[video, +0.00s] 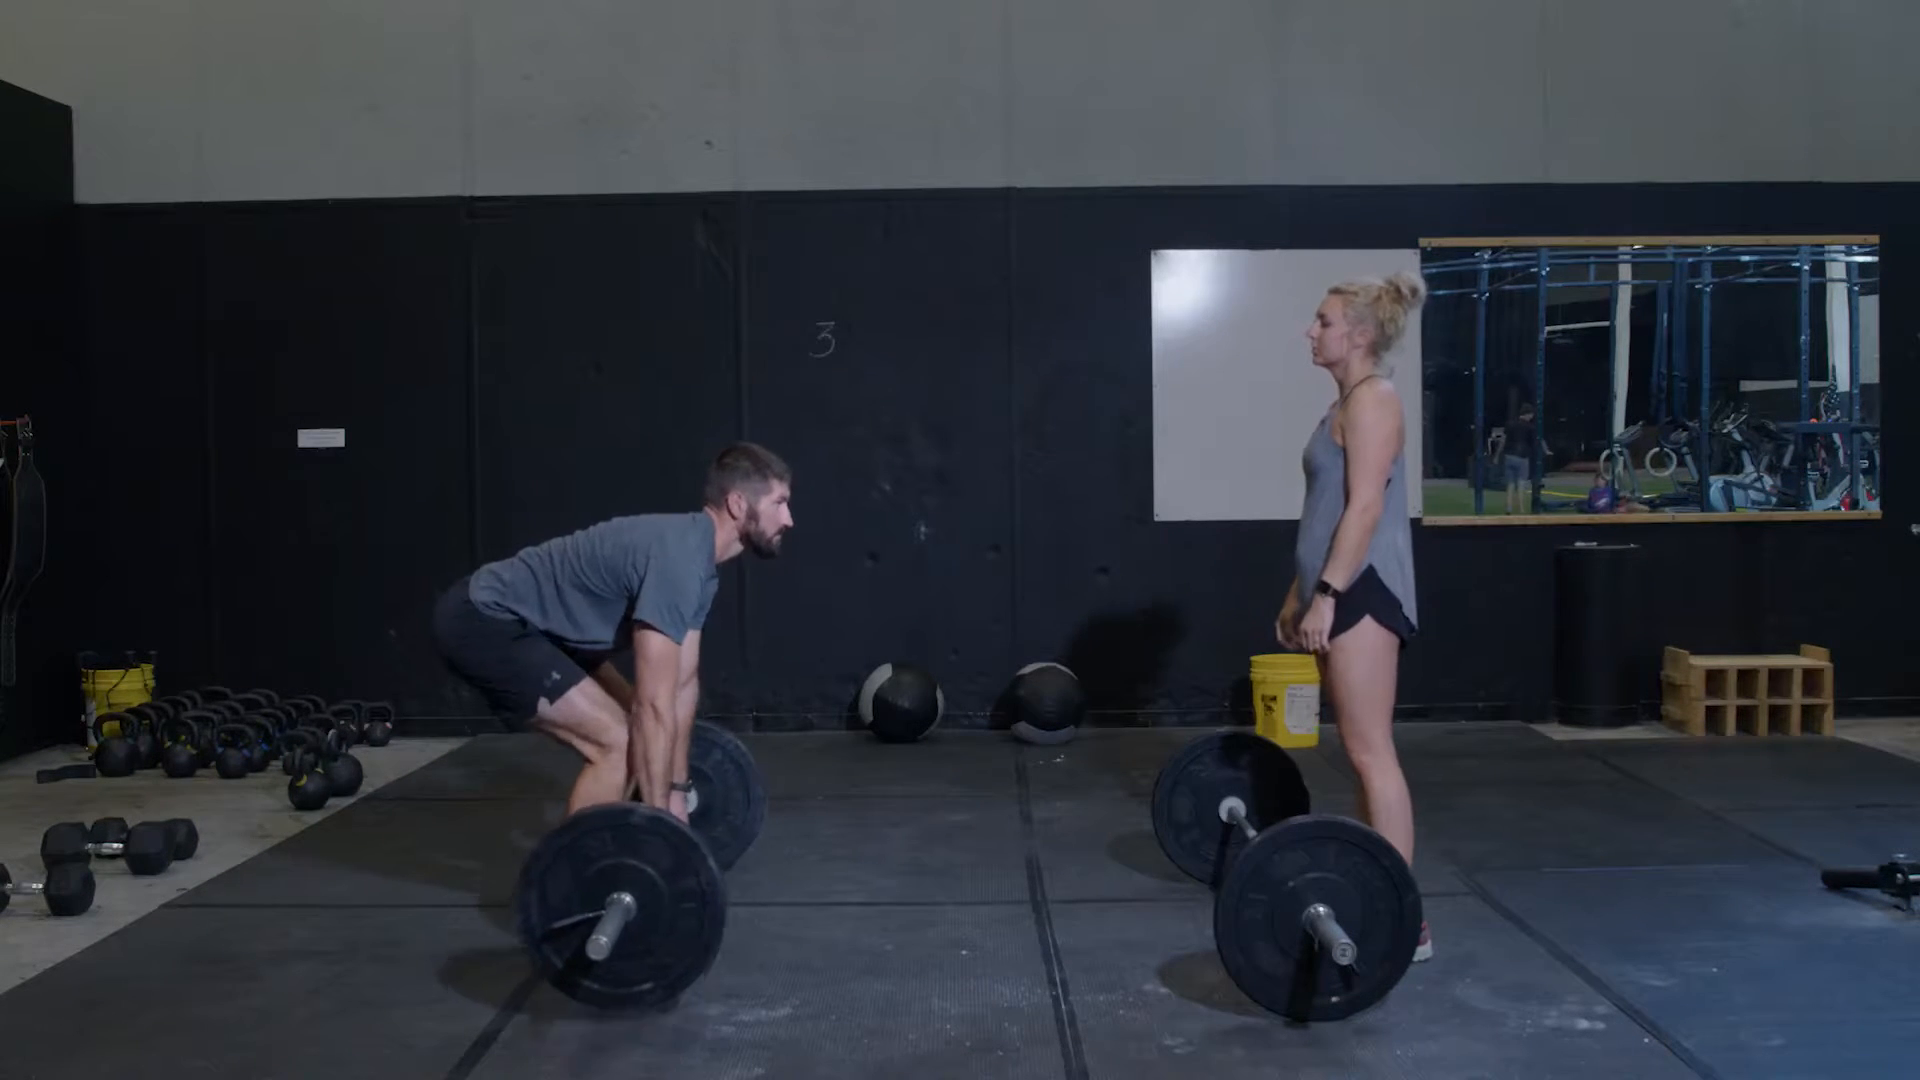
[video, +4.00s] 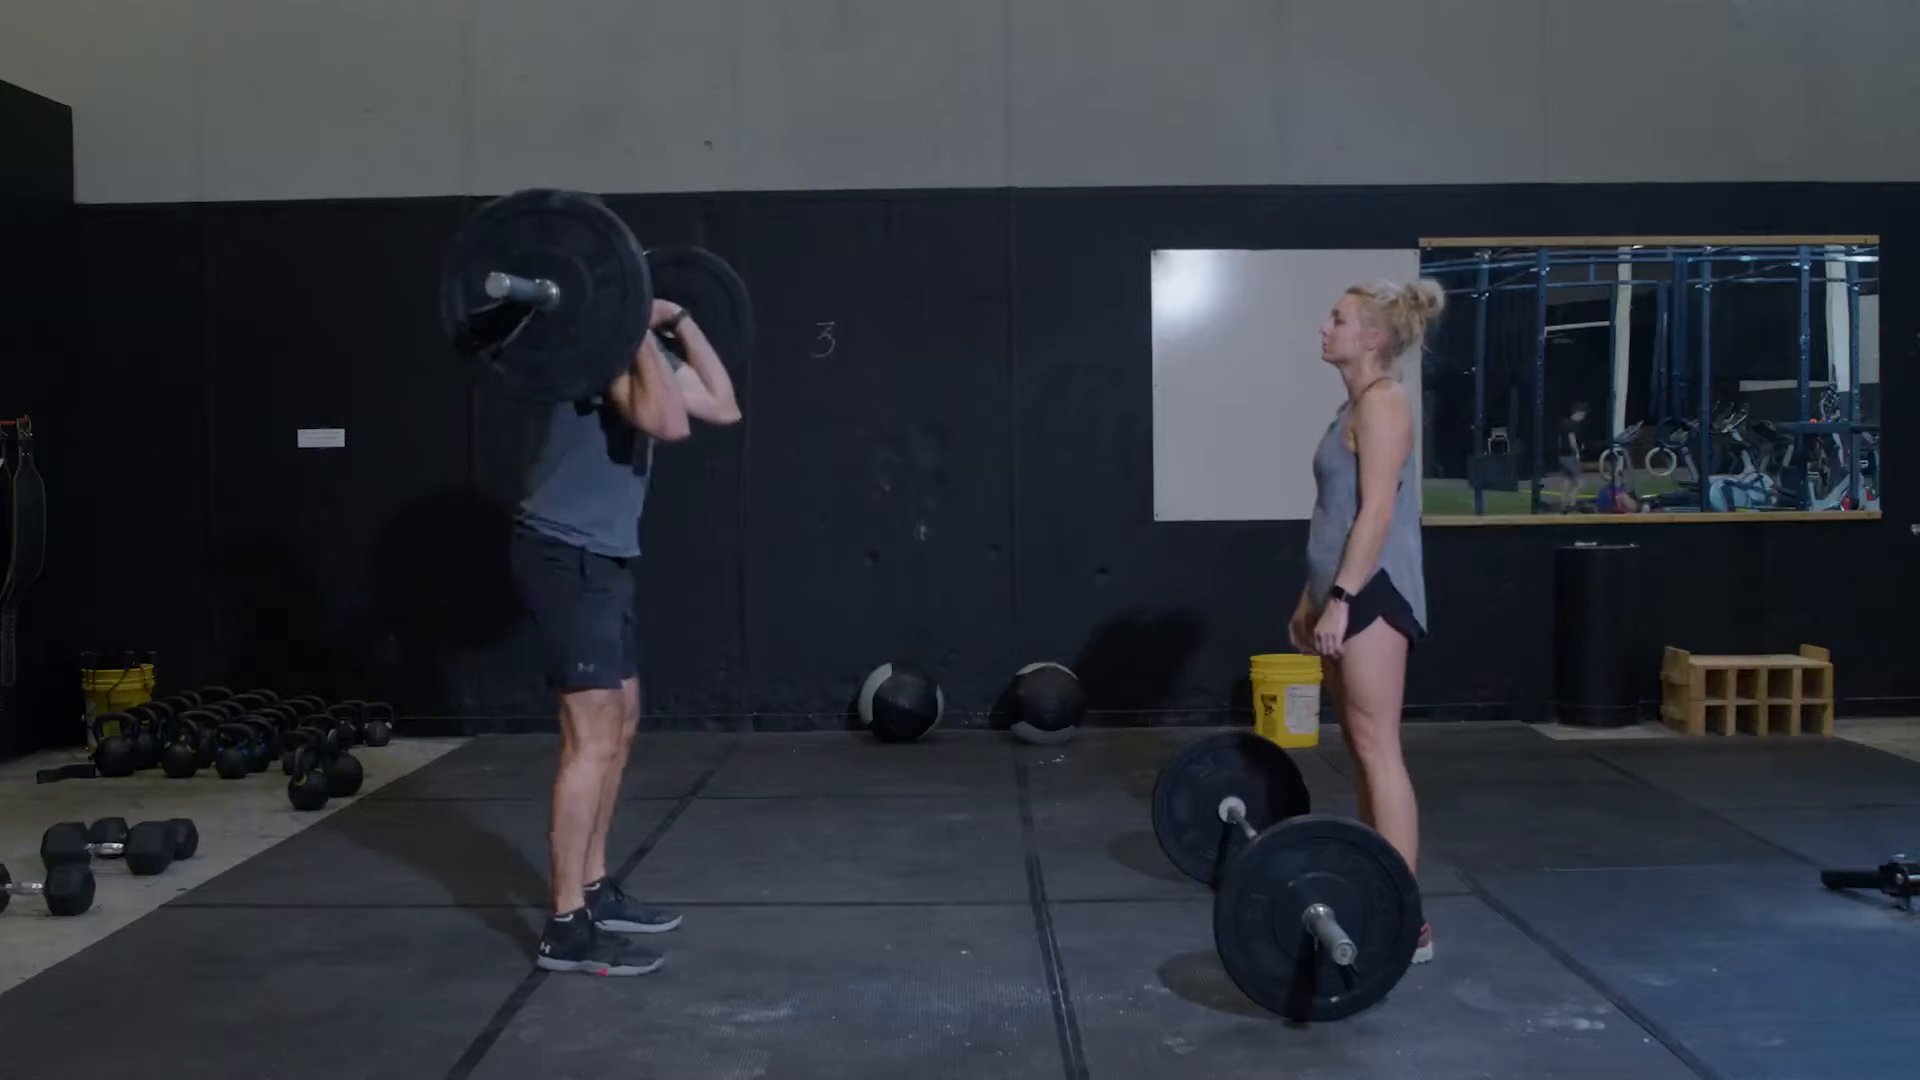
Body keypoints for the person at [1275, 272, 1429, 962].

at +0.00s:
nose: (1312, 332)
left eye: (1325, 322)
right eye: (1315, 321)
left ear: (1361, 334)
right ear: (1346, 335)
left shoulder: (1372, 401)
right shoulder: (1344, 405)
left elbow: (1366, 508)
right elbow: (1326, 513)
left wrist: (1327, 592)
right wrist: (1300, 590)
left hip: (1366, 594)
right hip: (1343, 592)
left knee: (1371, 751)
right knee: (1362, 750)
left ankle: (1399, 912)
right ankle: (1380, 903)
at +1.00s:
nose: (1316, 329)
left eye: (1329, 320)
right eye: (1320, 318)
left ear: (1365, 333)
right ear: (1356, 334)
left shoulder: (1375, 400)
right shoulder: (1354, 403)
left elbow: (1365, 508)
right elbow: (1338, 512)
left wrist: (1325, 594)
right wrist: (1310, 594)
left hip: (1366, 593)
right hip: (1346, 592)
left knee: (1377, 749)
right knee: (1365, 748)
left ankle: (1399, 912)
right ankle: (1378, 901)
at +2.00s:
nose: (1318, 332)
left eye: (1331, 324)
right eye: (1322, 322)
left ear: (1365, 339)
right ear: (1354, 340)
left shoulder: (1377, 407)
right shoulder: (1346, 408)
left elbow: (1372, 515)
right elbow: (1331, 515)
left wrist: (1333, 599)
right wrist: (1305, 591)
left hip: (1370, 597)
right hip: (1345, 595)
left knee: (1371, 754)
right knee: (1364, 753)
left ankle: (1399, 913)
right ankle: (1384, 906)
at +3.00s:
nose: (1321, 324)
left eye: (1335, 317)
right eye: (1325, 314)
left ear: (1369, 336)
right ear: (1358, 336)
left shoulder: (1375, 402)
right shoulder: (1351, 405)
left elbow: (1367, 509)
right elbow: (1331, 513)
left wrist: (1327, 593)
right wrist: (1304, 594)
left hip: (1367, 593)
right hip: (1342, 593)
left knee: (1378, 748)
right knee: (1359, 747)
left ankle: (1401, 914)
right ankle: (1375, 903)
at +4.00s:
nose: (1325, 329)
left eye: (1339, 321)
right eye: (1329, 319)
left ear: (1374, 338)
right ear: (1360, 338)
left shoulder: (1383, 404)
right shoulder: (1355, 407)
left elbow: (1377, 512)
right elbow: (1338, 515)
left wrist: (1341, 597)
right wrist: (1313, 594)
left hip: (1376, 595)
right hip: (1350, 593)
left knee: (1378, 748)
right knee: (1364, 746)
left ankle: (1402, 914)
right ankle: (1379, 901)